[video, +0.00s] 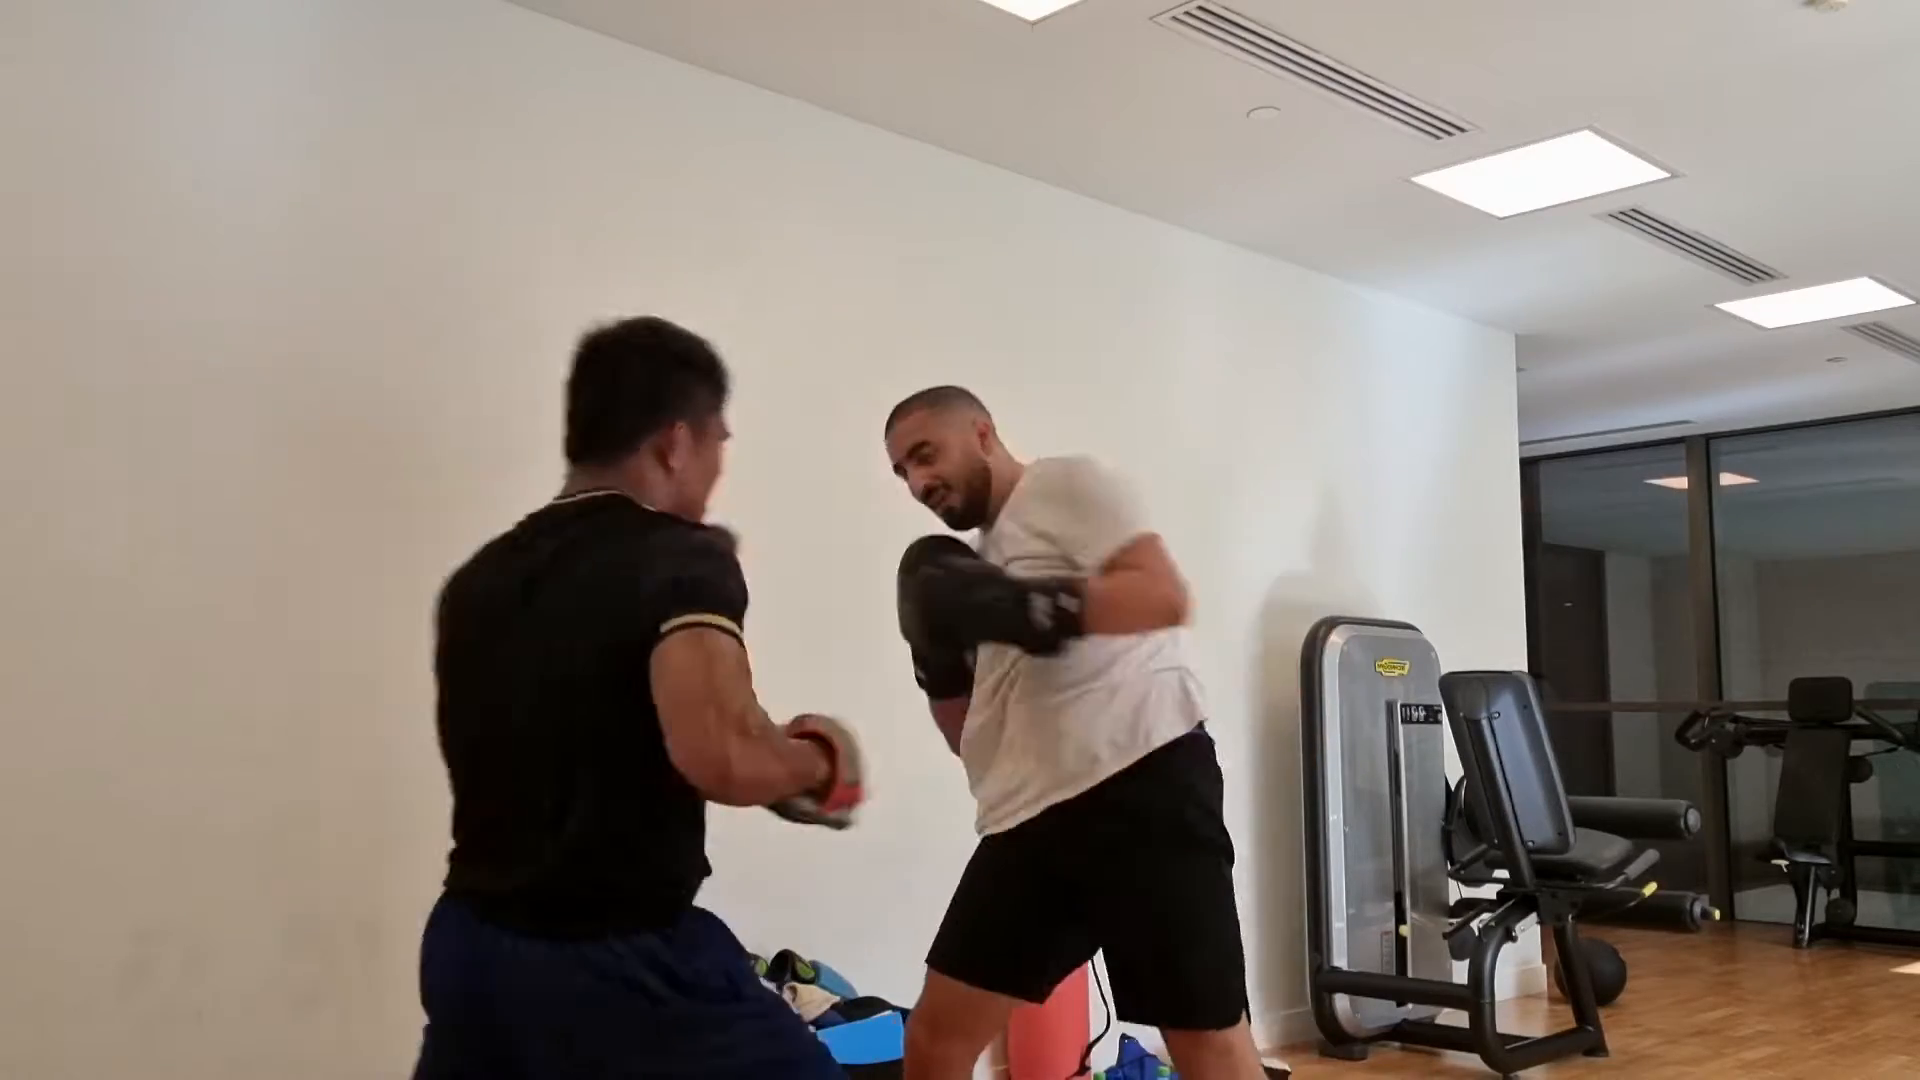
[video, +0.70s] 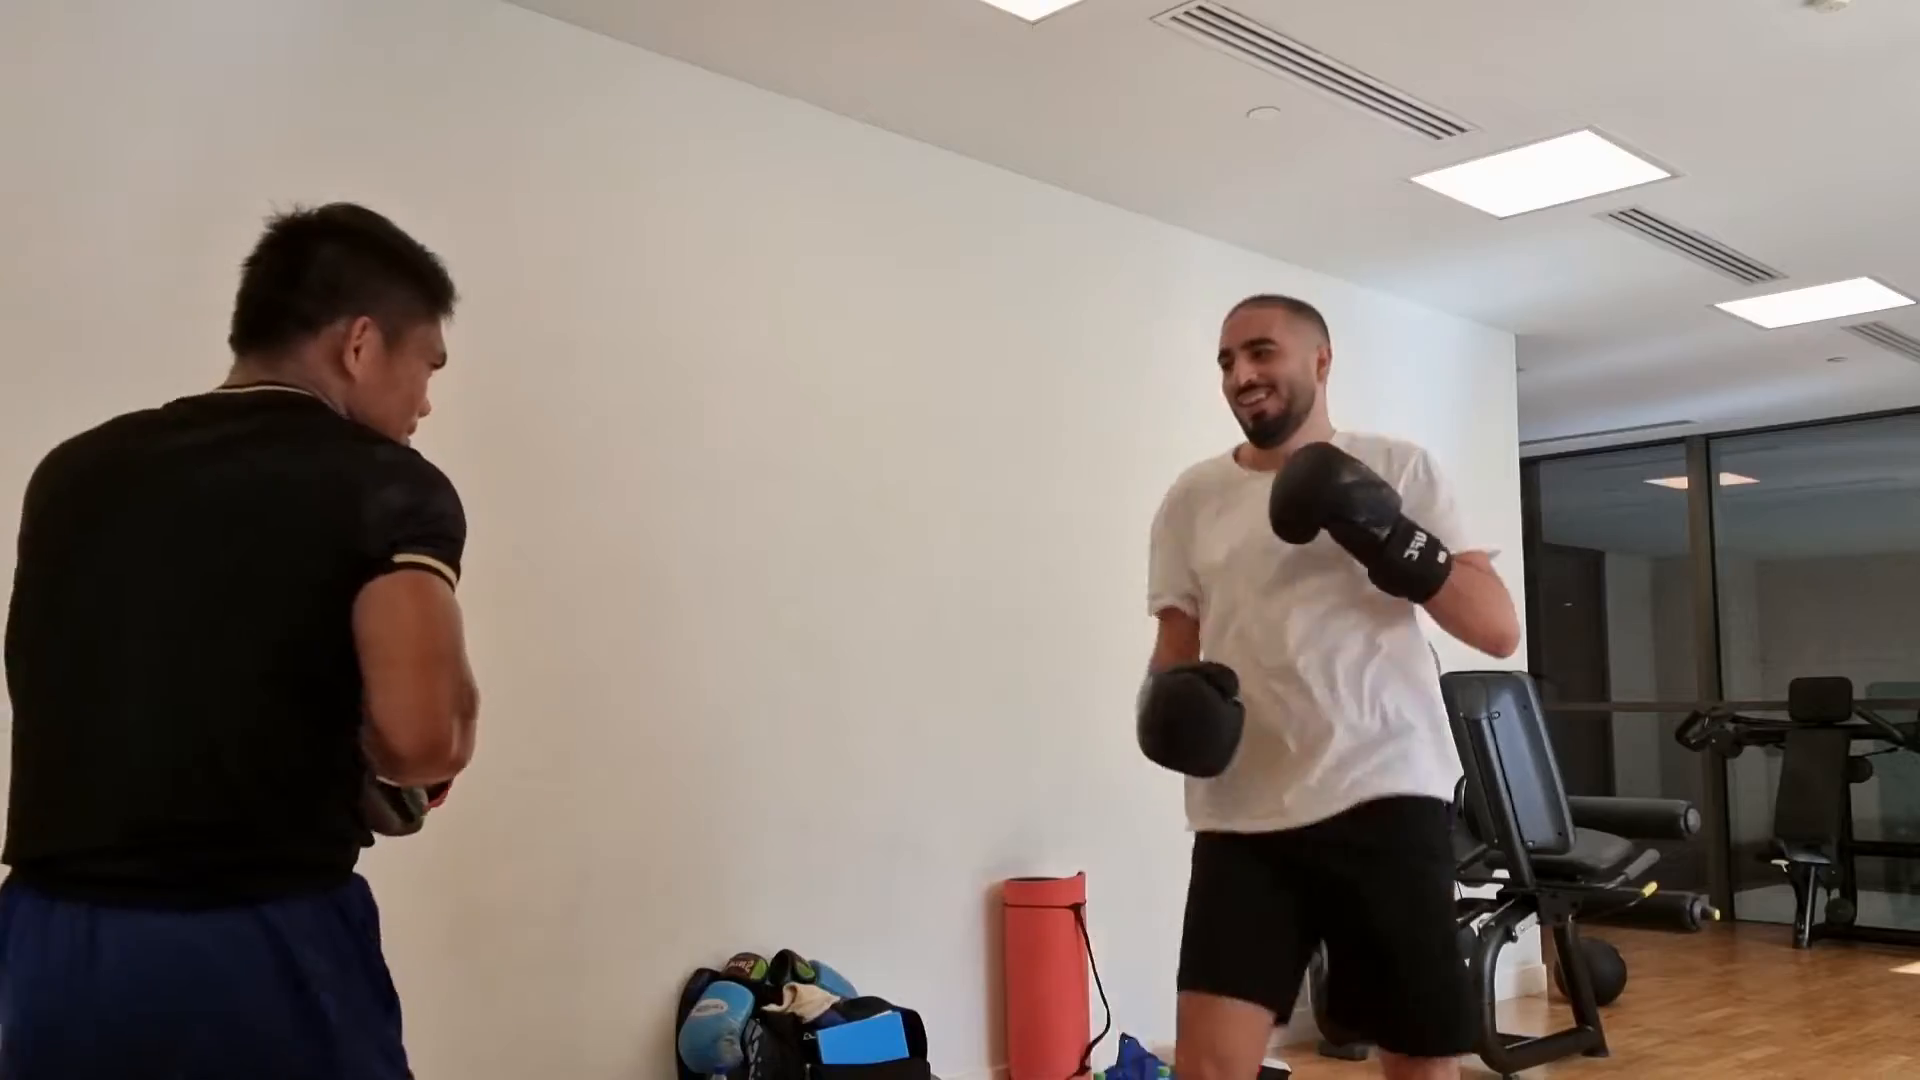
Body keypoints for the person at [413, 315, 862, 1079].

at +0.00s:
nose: (721, 461)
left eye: (723, 439)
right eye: (717, 438)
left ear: (582, 436)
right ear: (674, 444)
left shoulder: (476, 579)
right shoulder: (676, 555)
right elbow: (719, 756)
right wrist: (815, 755)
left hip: (474, 963)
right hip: (634, 973)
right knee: (801, 1061)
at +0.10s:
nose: (615, 438)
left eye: (617, 415)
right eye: (610, 415)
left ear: (468, 415)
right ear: (557, 417)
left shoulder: (350, 565)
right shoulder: (601, 525)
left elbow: (345, 774)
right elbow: (649, 695)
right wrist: (693, 754)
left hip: (392, 965)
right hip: (572, 963)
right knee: (701, 1057)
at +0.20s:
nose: (519, 427)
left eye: (522, 402)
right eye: (514, 400)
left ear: (368, 400)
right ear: (455, 395)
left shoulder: (243, 542)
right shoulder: (500, 504)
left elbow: (241, 732)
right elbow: (561, 699)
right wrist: (579, 742)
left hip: (279, 950)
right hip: (466, 945)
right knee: (632, 1061)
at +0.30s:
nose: (458, 413)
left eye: (461, 385)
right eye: (453, 382)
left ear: (300, 378)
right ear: (388, 372)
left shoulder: (166, 517)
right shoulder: (428, 481)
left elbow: (195, 711)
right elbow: (469, 679)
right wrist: (511, 726)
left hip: (202, 937)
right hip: (398, 926)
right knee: (570, 1061)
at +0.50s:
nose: (407, 394)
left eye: (411, 364)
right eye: (402, 359)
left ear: (238, 344)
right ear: (330, 343)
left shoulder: (88, 480)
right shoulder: (362, 459)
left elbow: (94, 677)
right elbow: (403, 675)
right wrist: (455, 720)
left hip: (97, 934)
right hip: (302, 929)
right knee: (457, 1060)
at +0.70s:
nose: (426, 406)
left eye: (435, 374)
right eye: (428, 367)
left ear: (253, 336)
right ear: (358, 346)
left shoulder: (69, 467)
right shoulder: (385, 480)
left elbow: (41, 683)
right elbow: (418, 733)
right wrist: (422, 768)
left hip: (52, 959)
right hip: (268, 961)